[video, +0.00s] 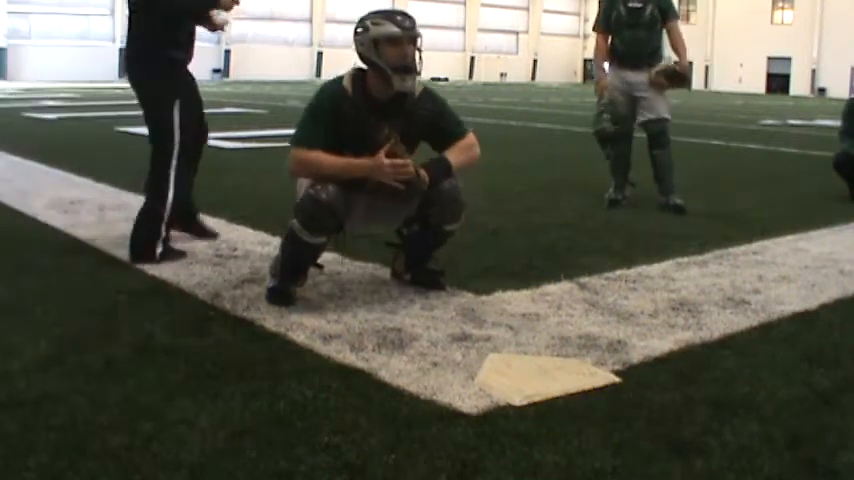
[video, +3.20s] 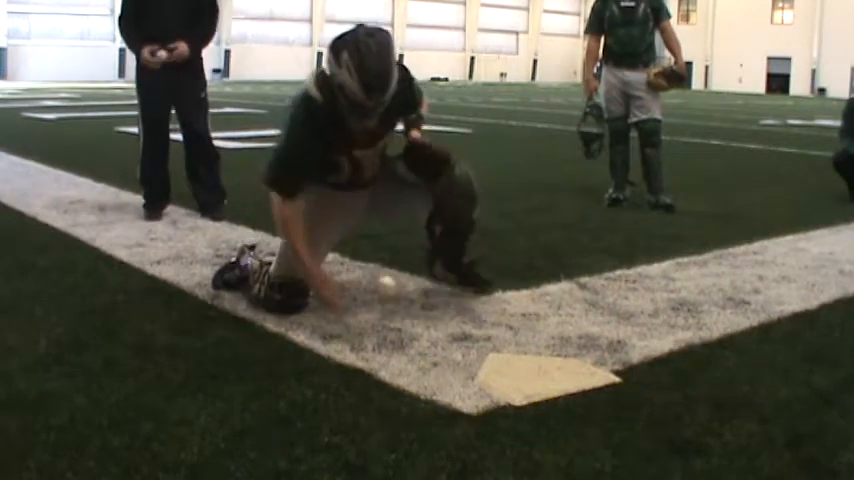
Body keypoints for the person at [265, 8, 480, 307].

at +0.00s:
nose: (408, 54)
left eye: (411, 45)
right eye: (395, 45)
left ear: (417, 47)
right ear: (369, 50)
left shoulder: (421, 100)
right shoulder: (334, 96)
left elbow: (470, 147)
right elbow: (299, 162)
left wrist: (426, 173)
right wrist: (369, 168)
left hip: (392, 198)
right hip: (339, 198)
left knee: (446, 193)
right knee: (322, 199)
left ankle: (411, 266)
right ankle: (286, 278)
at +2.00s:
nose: (400, 44)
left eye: (403, 35)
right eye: (388, 36)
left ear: (409, 37)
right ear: (362, 41)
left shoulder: (413, 92)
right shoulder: (325, 83)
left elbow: (456, 140)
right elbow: (280, 143)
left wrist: (456, 164)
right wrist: (348, 157)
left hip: (382, 166)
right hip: (322, 165)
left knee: (436, 181)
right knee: (305, 193)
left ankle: (430, 264)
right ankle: (254, 278)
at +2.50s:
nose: (400, 64)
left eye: (407, 55)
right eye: (392, 54)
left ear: (417, 51)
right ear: (369, 44)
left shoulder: (418, 79)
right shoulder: (328, 64)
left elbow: (424, 140)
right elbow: (315, 143)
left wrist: (409, 197)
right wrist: (352, 206)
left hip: (366, 158)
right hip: (313, 153)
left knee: (433, 206)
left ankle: (412, 255)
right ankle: (250, 261)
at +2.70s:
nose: (401, 94)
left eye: (408, 84)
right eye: (392, 84)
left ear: (416, 78)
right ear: (368, 74)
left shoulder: (415, 113)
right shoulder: (330, 107)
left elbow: (418, 162)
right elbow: (308, 185)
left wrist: (384, 208)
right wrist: (344, 240)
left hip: (370, 206)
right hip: (316, 204)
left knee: (430, 281)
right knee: (292, 296)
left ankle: (371, 254)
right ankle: (252, 264)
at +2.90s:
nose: (381, 110)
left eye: (389, 103)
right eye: (373, 103)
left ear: (400, 89)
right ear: (350, 84)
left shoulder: (405, 113)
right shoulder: (310, 110)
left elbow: (403, 160)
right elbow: (267, 155)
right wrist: (317, 211)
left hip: (371, 205)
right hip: (312, 203)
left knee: (430, 281)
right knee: (291, 297)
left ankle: (362, 255)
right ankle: (255, 265)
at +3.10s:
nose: (350, 95)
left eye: (358, 87)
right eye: (340, 87)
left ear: (372, 70)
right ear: (318, 71)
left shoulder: (384, 77)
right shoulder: (286, 94)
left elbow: (396, 118)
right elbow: (246, 140)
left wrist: (388, 158)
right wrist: (281, 188)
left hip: (377, 182)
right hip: (322, 194)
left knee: (450, 250)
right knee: (287, 297)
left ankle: (412, 245)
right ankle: (251, 266)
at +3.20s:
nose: (368, 111)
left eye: (376, 103)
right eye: (358, 102)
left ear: (392, 76)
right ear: (336, 81)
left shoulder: (399, 83)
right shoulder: (310, 107)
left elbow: (414, 108)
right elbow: (282, 198)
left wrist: (416, 137)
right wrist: (315, 276)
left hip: (381, 183)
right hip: (328, 194)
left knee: (455, 187)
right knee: (286, 298)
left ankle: (449, 262)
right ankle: (251, 270)